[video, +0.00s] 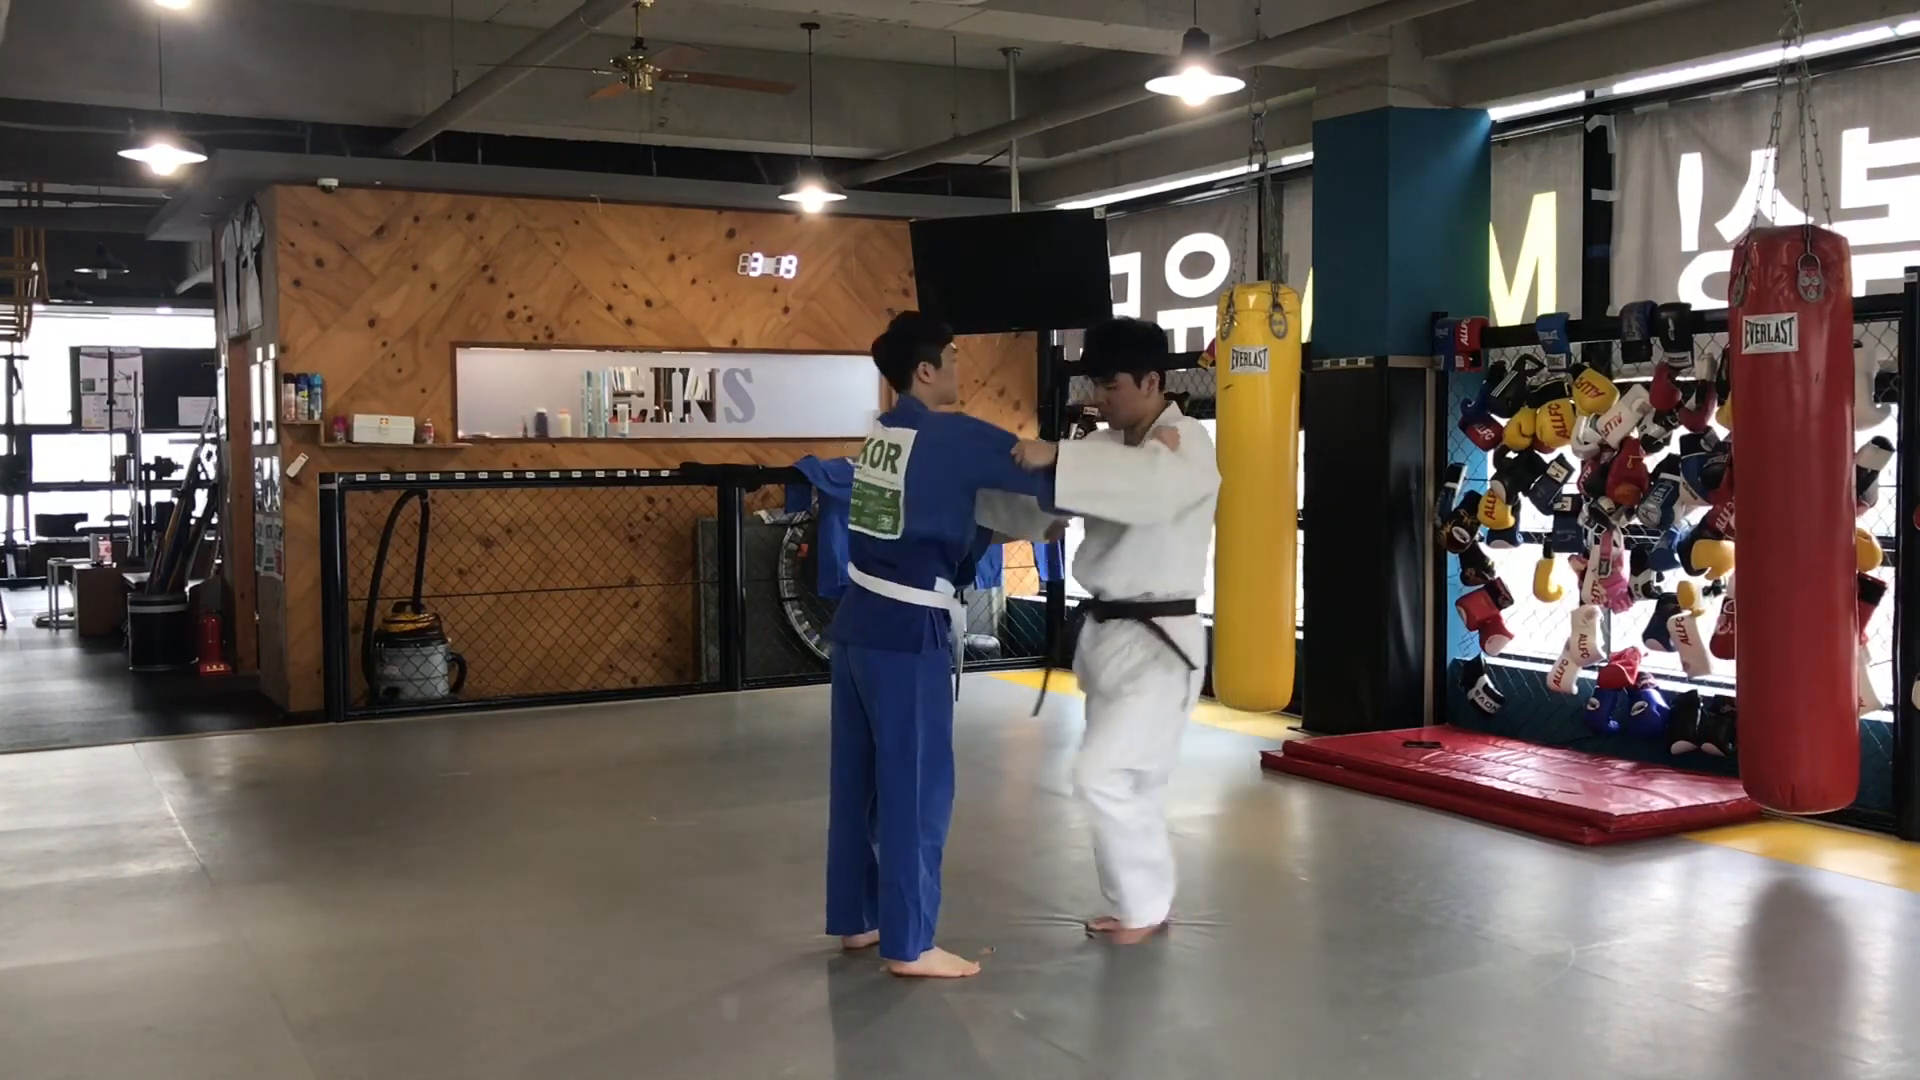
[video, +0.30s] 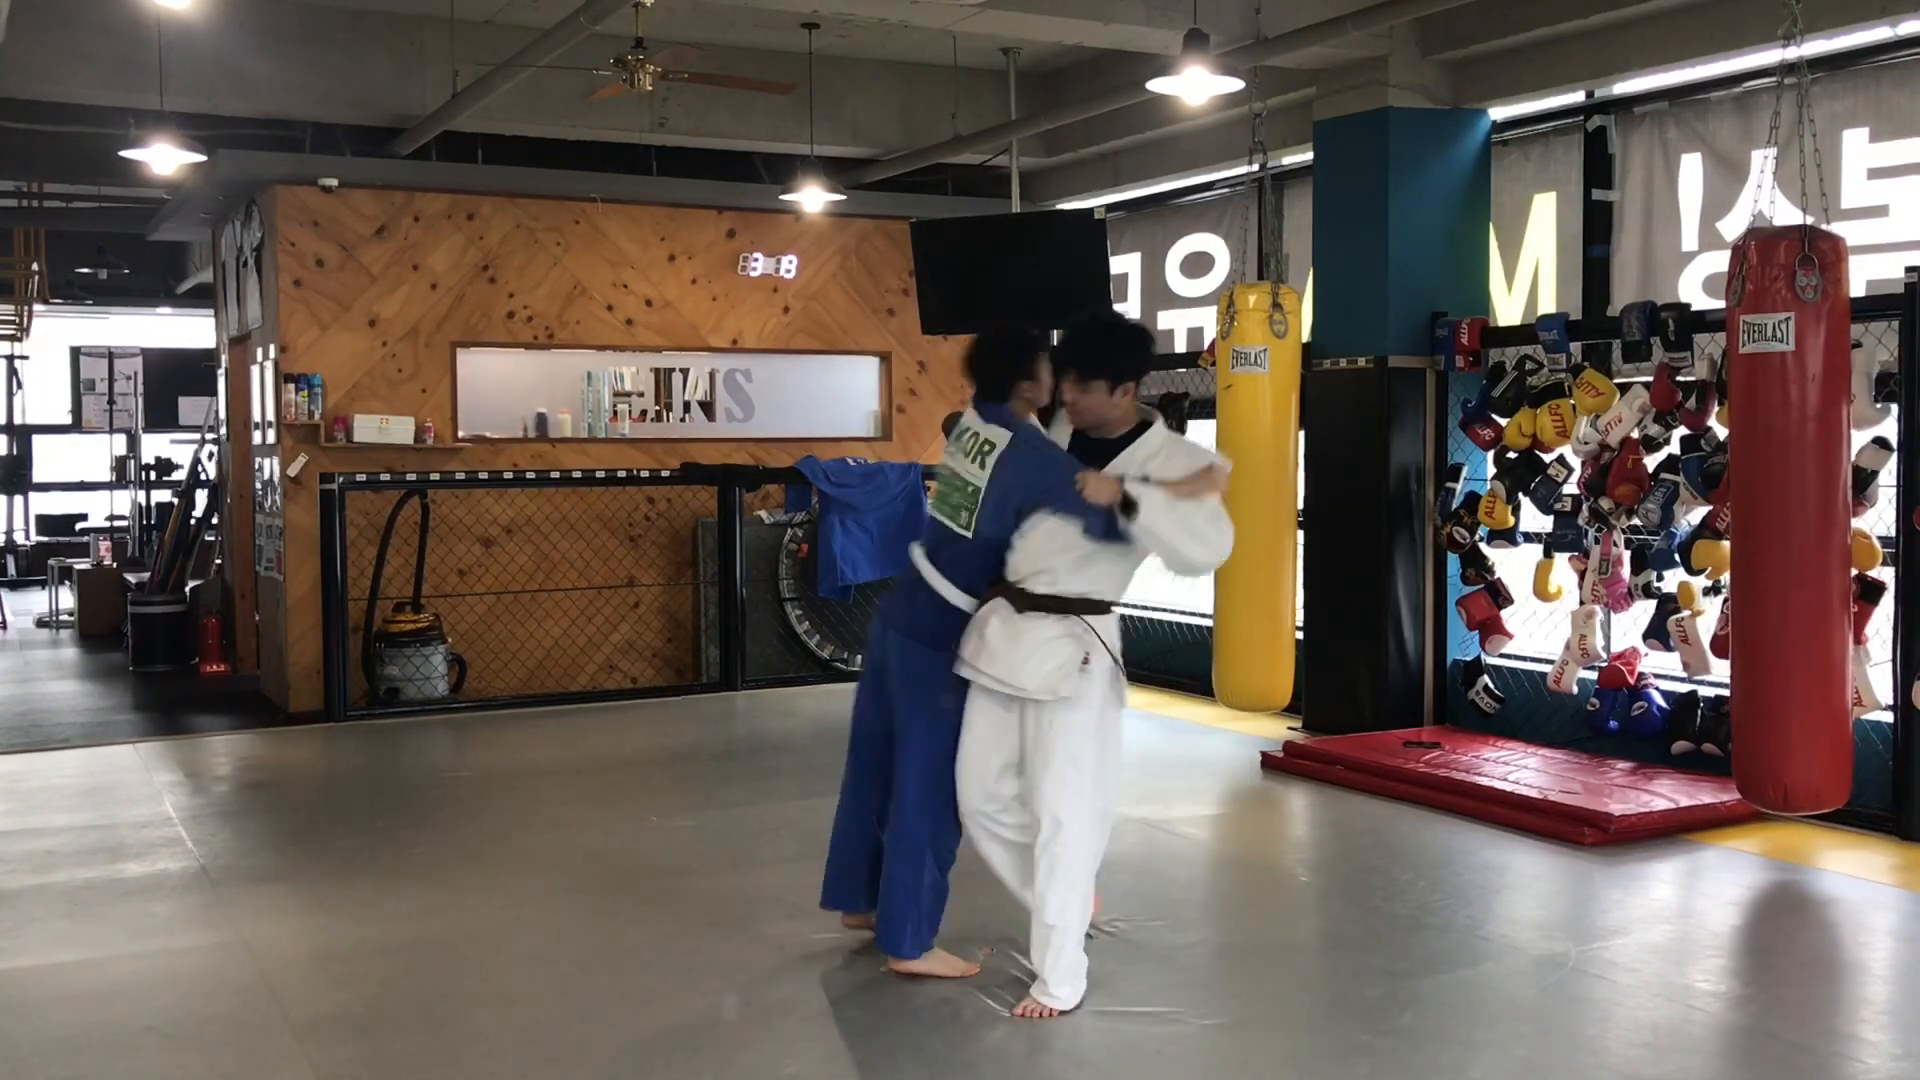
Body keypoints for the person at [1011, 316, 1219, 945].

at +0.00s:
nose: (1096, 402)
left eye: (1105, 387)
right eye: (1093, 388)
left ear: (1148, 383)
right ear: (1126, 387)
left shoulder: (1190, 445)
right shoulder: (1106, 445)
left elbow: (1153, 488)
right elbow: (1046, 507)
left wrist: (1061, 458)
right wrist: (959, 487)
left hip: (1161, 632)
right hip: (1105, 627)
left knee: (1102, 773)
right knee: (1124, 775)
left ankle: (1148, 902)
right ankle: (1137, 901)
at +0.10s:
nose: (1099, 413)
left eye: (1108, 399)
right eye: (1097, 400)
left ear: (1152, 393)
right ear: (1141, 397)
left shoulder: (1192, 454)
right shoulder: (1120, 455)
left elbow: (1157, 478)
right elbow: (1056, 517)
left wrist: (1067, 450)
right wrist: (988, 488)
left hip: (1137, 647)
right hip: (1082, 640)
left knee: (1072, 781)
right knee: (1118, 784)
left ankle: (1083, 945)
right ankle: (1140, 900)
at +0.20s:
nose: (1090, 407)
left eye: (1099, 394)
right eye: (1088, 395)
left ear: (1144, 391)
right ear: (1128, 396)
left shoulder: (1198, 449)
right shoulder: (1095, 451)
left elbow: (1179, 498)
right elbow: (1035, 519)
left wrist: (1095, 457)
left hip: (1106, 650)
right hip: (1047, 639)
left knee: (1067, 809)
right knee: (1054, 791)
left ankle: (1055, 975)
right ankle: (1104, 883)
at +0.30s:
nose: (1065, 398)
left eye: (1078, 387)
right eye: (1064, 385)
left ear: (1124, 393)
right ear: (1067, 386)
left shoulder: (1164, 454)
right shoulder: (1055, 439)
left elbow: (1210, 545)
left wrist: (1129, 496)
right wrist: (973, 437)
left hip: (1076, 647)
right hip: (1005, 632)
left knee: (1063, 814)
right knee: (983, 798)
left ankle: (1059, 981)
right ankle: (1067, 895)